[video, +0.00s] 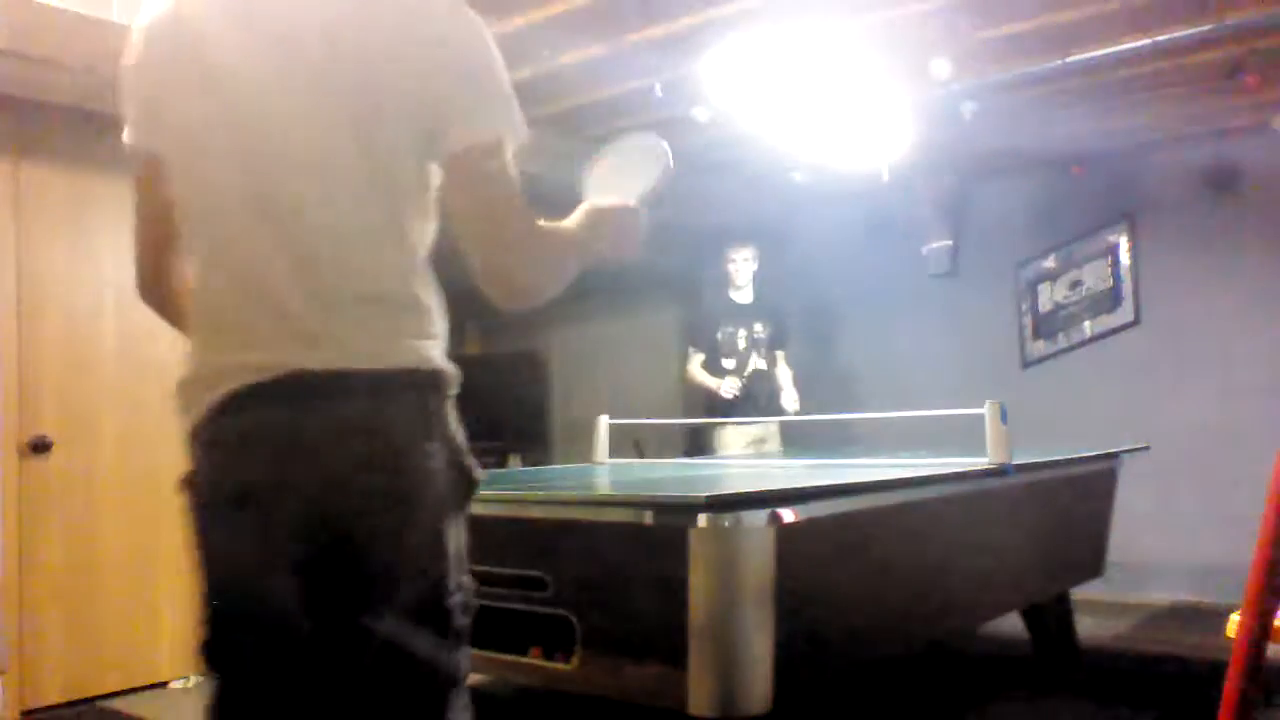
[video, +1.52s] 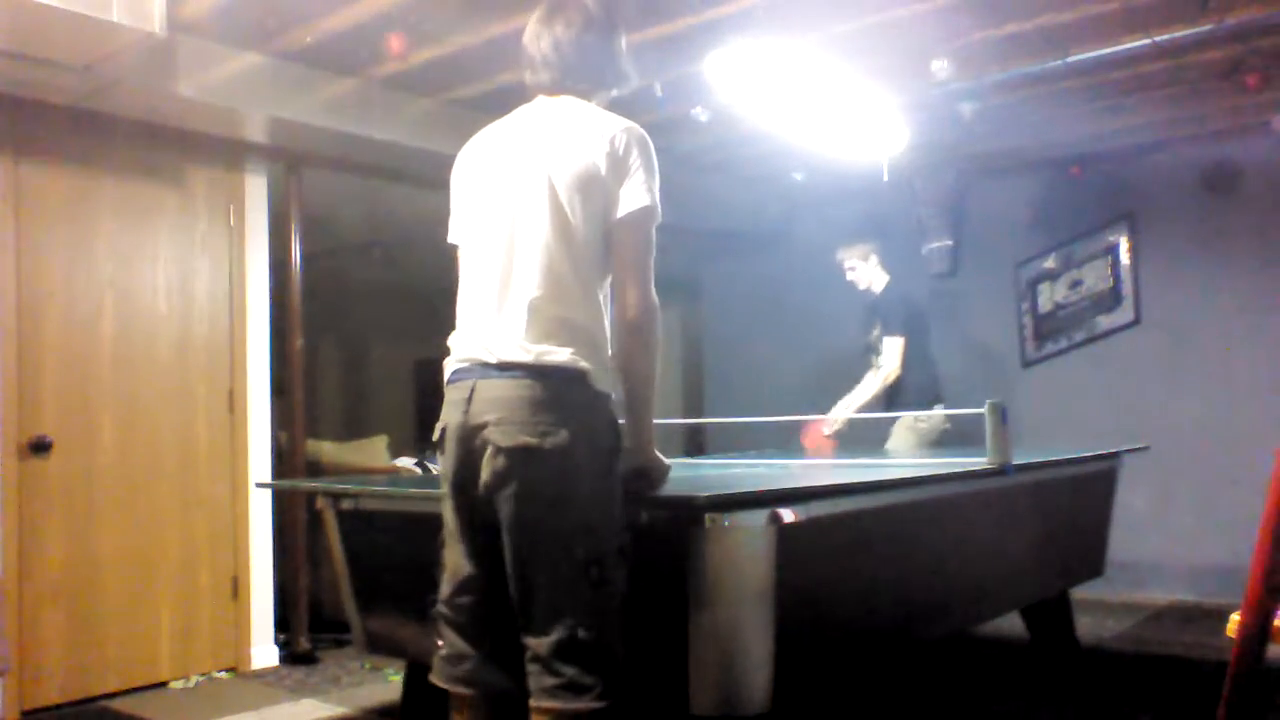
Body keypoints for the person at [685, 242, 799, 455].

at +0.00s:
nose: (739, 267)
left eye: (745, 260)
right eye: (732, 261)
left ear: (755, 264)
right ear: (724, 266)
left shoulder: (771, 312)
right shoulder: (711, 312)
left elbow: (780, 362)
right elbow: (692, 367)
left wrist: (787, 389)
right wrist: (718, 384)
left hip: (768, 420)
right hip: (729, 423)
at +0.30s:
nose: (738, 266)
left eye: (744, 259)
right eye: (731, 260)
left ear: (755, 263)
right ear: (721, 266)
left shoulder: (771, 313)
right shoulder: (713, 314)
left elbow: (782, 365)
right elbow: (698, 374)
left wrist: (802, 393)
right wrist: (737, 390)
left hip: (774, 425)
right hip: (731, 428)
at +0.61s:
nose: (766, 267)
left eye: (773, 260)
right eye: (759, 261)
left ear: (783, 265)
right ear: (749, 267)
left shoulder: (802, 311)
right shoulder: (735, 314)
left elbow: (816, 365)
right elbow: (722, 376)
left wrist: (838, 398)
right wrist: (757, 398)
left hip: (798, 431)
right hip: (751, 433)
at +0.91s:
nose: (818, 259)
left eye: (825, 252)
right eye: (811, 253)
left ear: (836, 256)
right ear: (802, 258)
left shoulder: (855, 305)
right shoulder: (787, 308)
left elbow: (867, 366)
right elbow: (780, 360)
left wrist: (850, 414)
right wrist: (773, 391)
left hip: (840, 424)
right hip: (798, 425)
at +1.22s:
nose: (836, 264)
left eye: (843, 256)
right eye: (832, 259)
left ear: (861, 256)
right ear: (828, 261)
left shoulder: (877, 300)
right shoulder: (836, 308)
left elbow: (884, 366)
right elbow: (838, 367)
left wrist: (845, 409)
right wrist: (811, 391)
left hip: (881, 417)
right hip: (850, 419)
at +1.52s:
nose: (848, 277)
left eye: (852, 269)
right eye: (845, 271)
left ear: (872, 262)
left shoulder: (894, 301)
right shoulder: (879, 303)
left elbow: (891, 367)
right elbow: (878, 368)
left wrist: (845, 411)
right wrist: (841, 411)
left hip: (921, 414)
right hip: (909, 413)